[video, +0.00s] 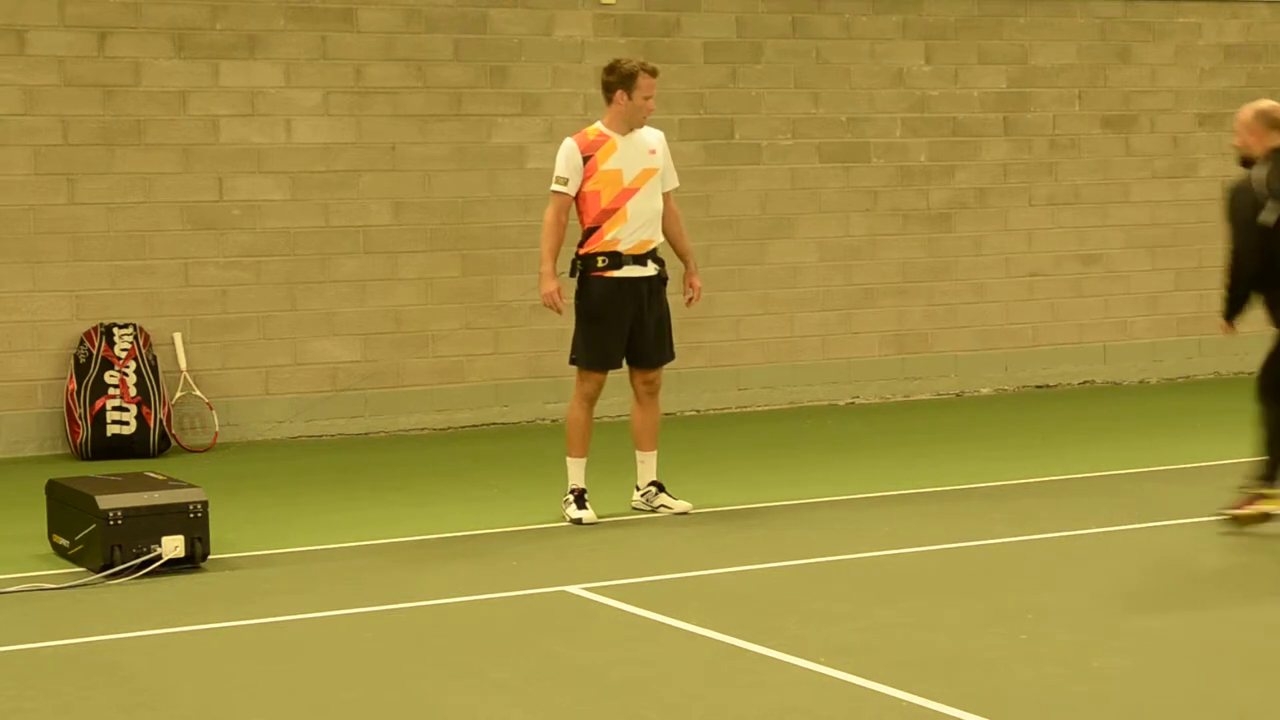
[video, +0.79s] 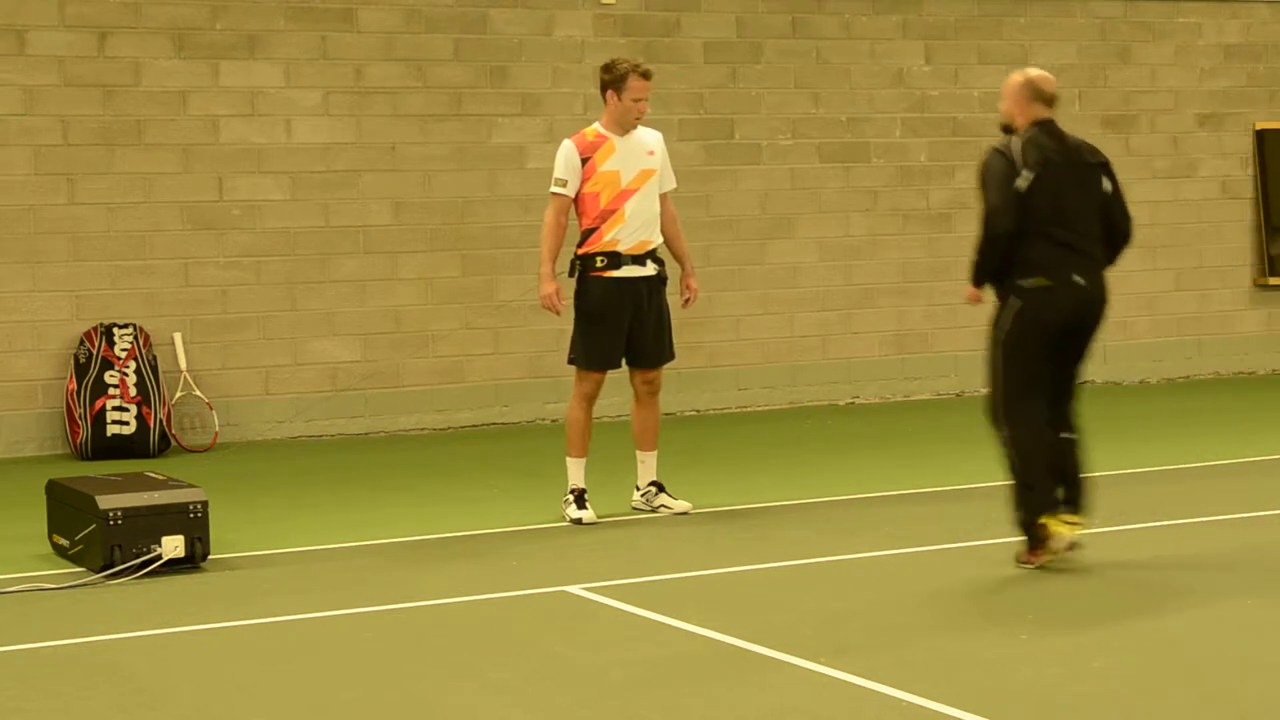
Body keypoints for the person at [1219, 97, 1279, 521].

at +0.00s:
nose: (1235, 140)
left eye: (1241, 133)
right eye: (1237, 132)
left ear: (1262, 135)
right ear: (1269, 133)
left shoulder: (1254, 186)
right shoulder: (1258, 183)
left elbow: (1246, 255)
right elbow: (1246, 256)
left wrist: (1232, 308)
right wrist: (1233, 307)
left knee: (1271, 382)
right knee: (1272, 383)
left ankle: (1269, 481)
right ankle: (1268, 480)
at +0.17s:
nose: (1191, 136)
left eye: (1197, 128)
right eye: (1193, 127)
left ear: (1219, 131)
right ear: (1238, 130)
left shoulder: (1201, 179)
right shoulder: (1273, 169)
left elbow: (1188, 247)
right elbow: (1273, 235)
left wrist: (1194, 289)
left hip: (1245, 311)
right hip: (1277, 305)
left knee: (1231, 412)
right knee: (1240, 410)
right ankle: (1228, 513)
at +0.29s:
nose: (1155, 142)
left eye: (1161, 134)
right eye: (1157, 133)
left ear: (1183, 138)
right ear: (1199, 140)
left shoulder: (1167, 187)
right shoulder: (1245, 182)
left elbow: (1162, 258)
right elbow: (1273, 244)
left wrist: (1147, 305)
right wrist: (1257, 281)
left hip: (1210, 314)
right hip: (1259, 310)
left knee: (1153, 406)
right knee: (1215, 404)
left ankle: (1225, 481)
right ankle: (1225, 512)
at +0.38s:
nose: (1128, 146)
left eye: (1134, 137)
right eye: (1131, 137)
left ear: (1157, 141)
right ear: (1172, 143)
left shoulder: (1142, 189)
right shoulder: (1219, 187)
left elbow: (1141, 259)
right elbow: (1248, 262)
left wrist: (1120, 312)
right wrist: (1238, 318)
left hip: (1180, 319)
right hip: (1229, 317)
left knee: (1123, 409)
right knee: (1202, 404)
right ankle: (1225, 512)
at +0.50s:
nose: (1085, 147)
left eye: (1091, 139)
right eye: (1087, 138)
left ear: (1113, 144)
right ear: (1129, 145)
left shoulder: (1098, 194)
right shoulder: (1173, 191)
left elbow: (1101, 261)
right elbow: (1198, 264)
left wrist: (1077, 317)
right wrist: (1166, 293)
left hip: (1129, 329)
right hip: (1181, 324)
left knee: (1080, 419)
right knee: (1180, 412)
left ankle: (1063, 531)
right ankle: (1222, 513)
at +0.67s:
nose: (1030, 131)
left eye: (1037, 123)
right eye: (1033, 122)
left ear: (1056, 130)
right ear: (1076, 131)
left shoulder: (1040, 184)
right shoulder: (1117, 182)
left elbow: (1036, 251)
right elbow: (1144, 254)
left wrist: (1015, 303)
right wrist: (1108, 282)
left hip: (1065, 325)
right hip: (1117, 321)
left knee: (1036, 430)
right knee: (1117, 413)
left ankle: (1064, 539)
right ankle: (1162, 509)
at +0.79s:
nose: (1001, 108)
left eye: (1004, 100)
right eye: (1003, 99)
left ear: (1020, 104)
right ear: (1047, 104)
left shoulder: (1005, 156)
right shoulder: (1089, 154)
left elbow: (1002, 220)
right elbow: (1119, 227)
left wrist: (980, 275)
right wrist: (1087, 262)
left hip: (1032, 297)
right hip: (1086, 293)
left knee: (1014, 404)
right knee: (1056, 399)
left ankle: (1040, 524)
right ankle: (1067, 507)